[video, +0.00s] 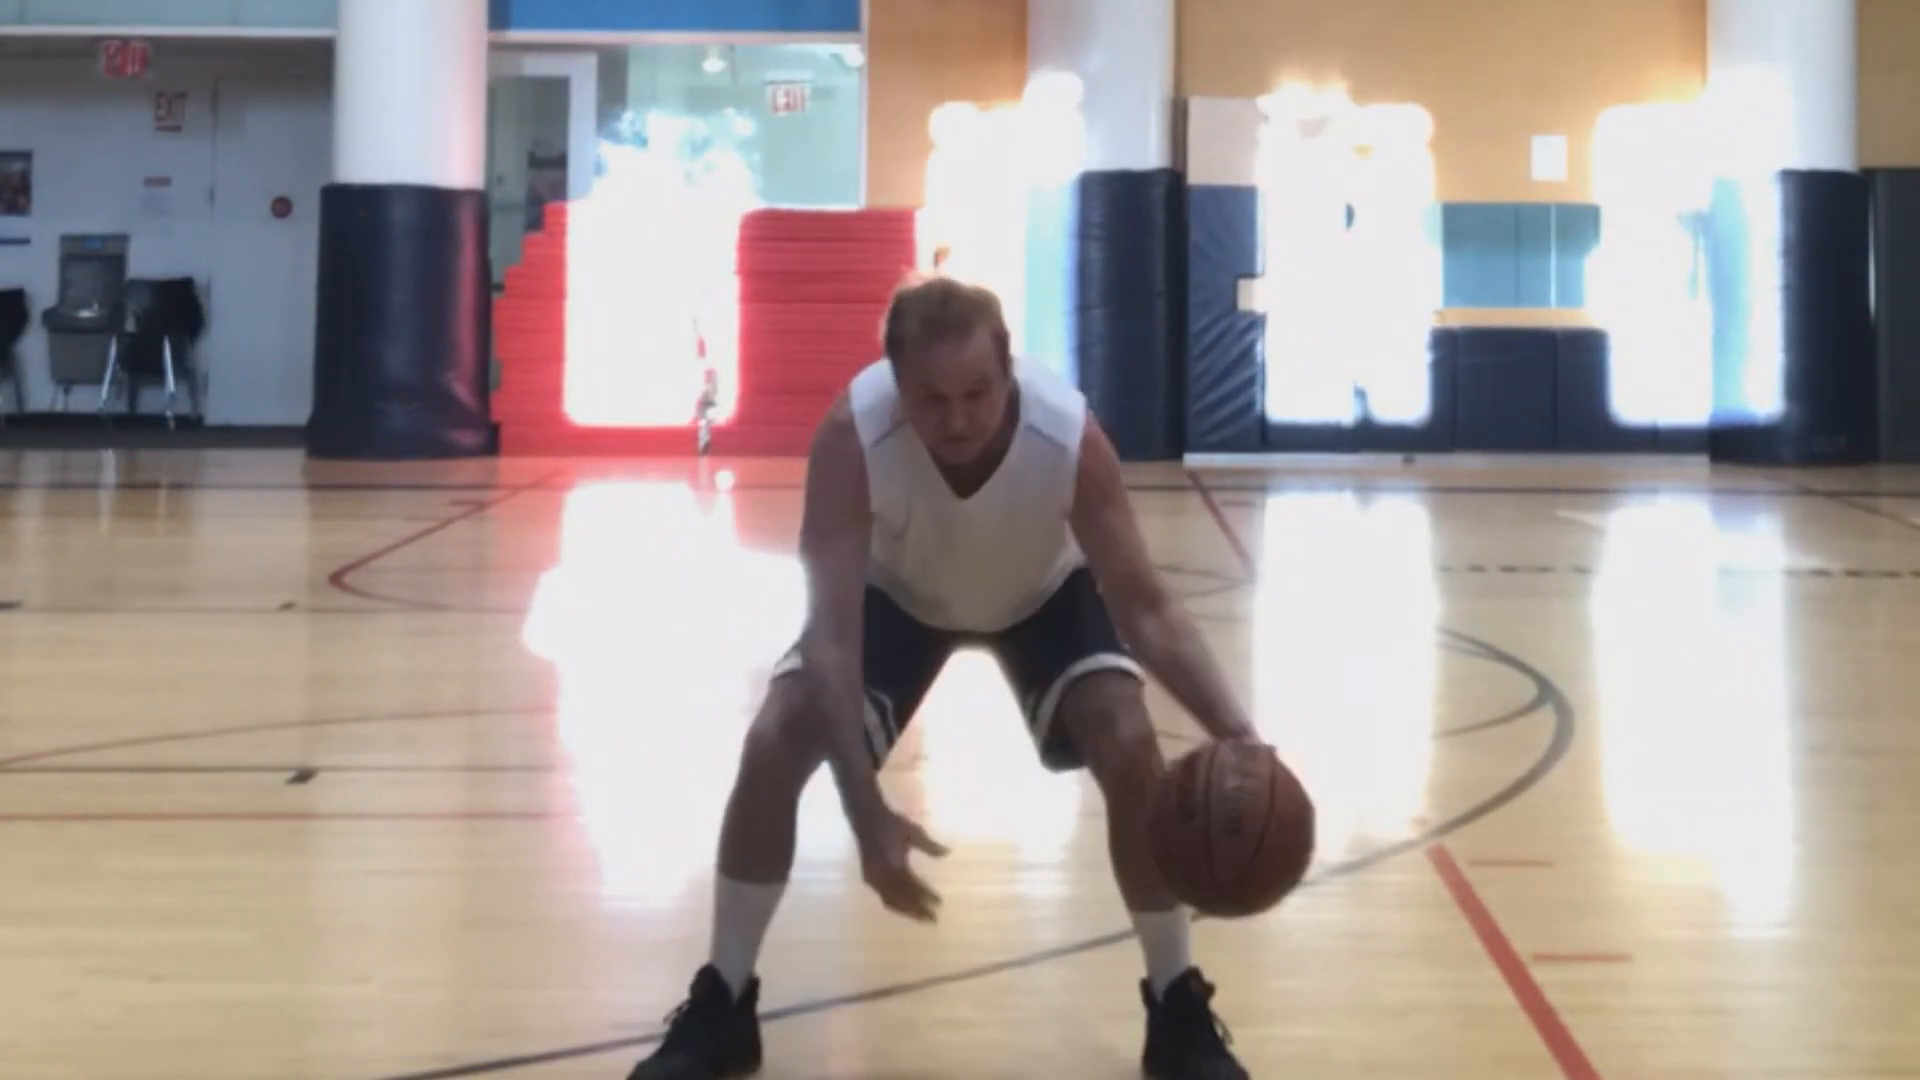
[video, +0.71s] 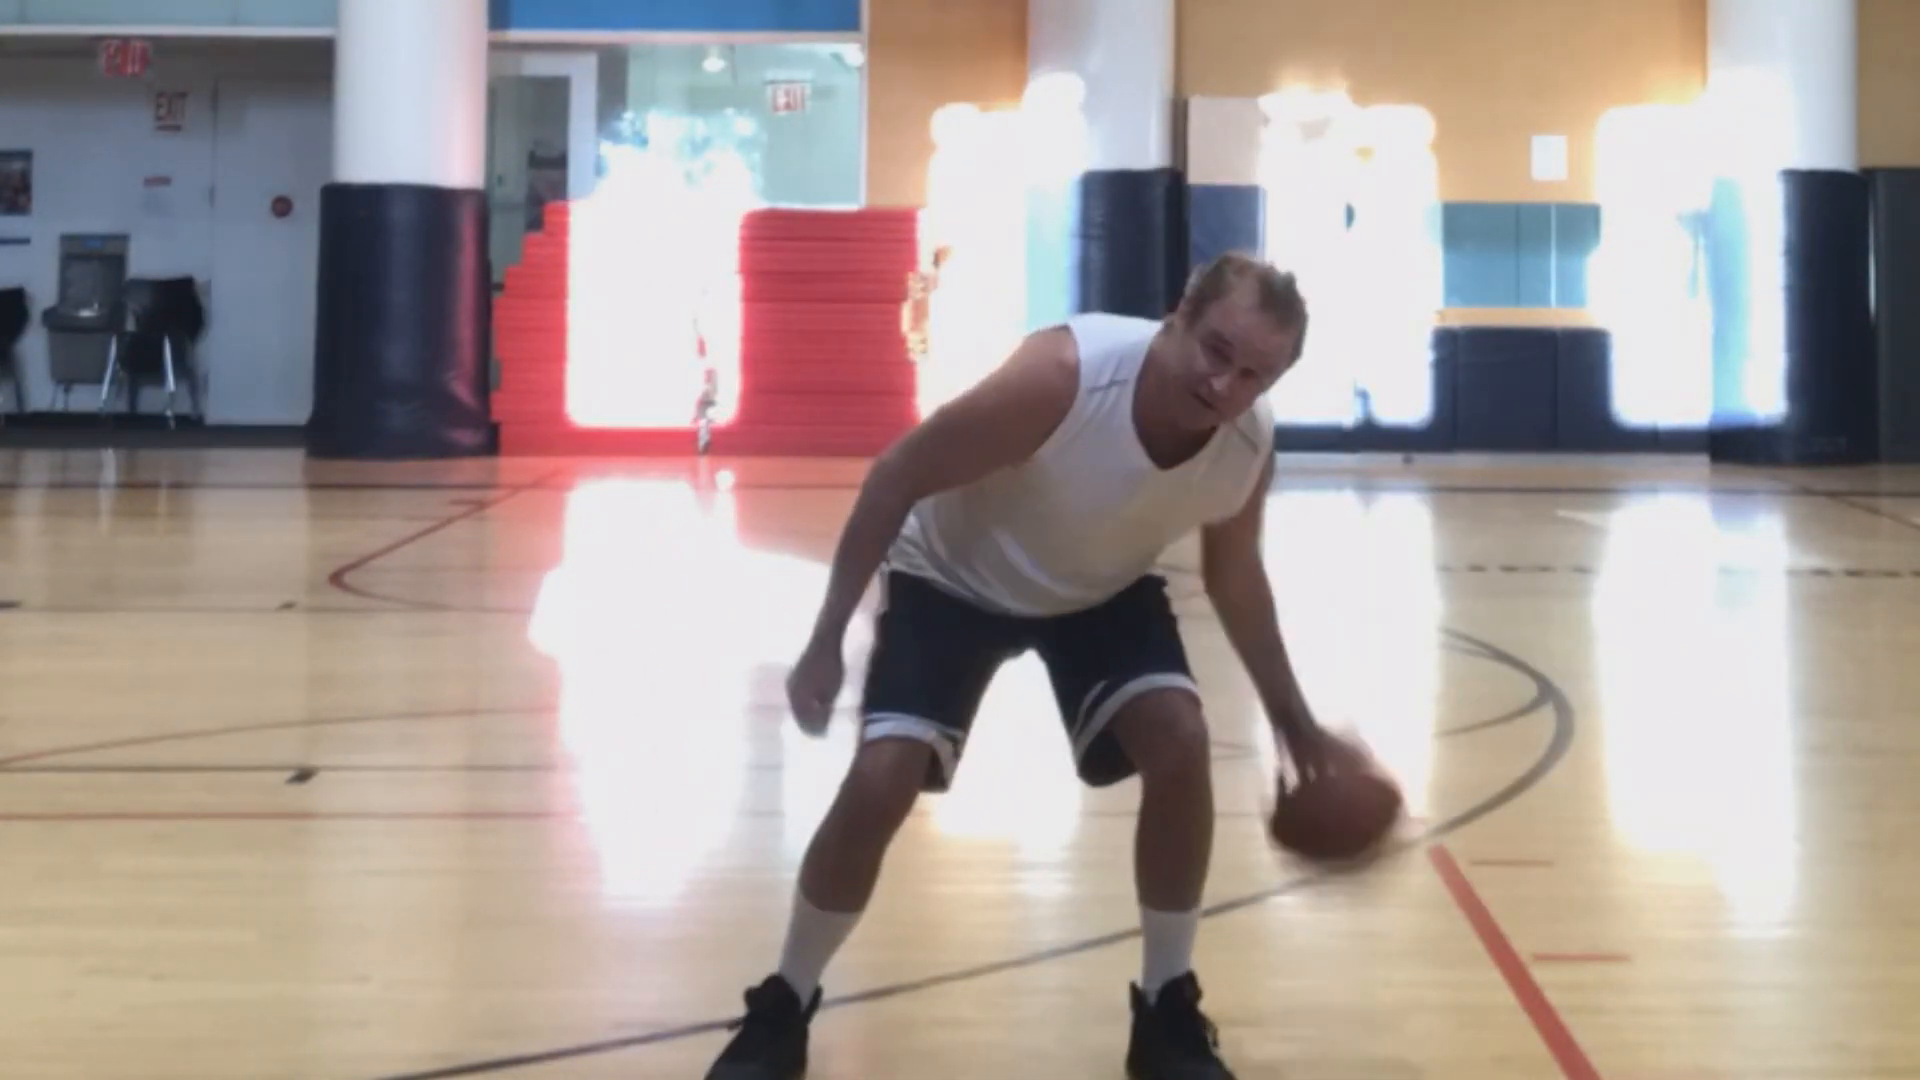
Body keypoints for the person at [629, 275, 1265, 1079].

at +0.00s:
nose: (958, 420)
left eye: (977, 394)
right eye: (934, 401)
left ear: (1007, 369)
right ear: (899, 385)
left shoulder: (1067, 437)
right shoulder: (851, 441)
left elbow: (1145, 605)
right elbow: (832, 644)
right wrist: (867, 815)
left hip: (1045, 594)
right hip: (900, 595)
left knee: (1127, 743)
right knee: (774, 742)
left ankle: (1179, 1011)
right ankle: (722, 1006)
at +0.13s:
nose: (1354, 406)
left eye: (1364, 395)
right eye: (1358, 391)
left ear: (1315, 361)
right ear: (1317, 366)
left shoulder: (1283, 409)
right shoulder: (1145, 365)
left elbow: (1219, 519)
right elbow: (1004, 522)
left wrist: (1209, 653)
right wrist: (941, 701)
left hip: (1108, 556)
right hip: (978, 550)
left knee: (1191, 713)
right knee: (943, 780)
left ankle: (1175, 1010)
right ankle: (834, 991)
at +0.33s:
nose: (1184, 85)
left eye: (1201, 65)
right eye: (1165, 68)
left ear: (1229, 69)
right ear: (1137, 75)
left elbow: (1316, 315)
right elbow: (1008, 323)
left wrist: (1378, 383)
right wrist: (976, 456)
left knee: (1231, 674)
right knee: (1156, 692)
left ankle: (1245, 941)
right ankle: (1138, 863)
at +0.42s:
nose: (1005, 332)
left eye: (1026, 310)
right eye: (984, 311)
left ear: (1064, 289)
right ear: (953, 288)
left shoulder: (1118, 363)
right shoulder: (904, 335)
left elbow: (1140, 540)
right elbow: (824, 476)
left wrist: (1086, 680)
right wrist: (771, 588)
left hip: (1069, 556)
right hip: (919, 551)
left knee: (1117, 747)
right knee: (832, 741)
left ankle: (1167, 1005)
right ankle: (764, 1012)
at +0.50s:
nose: (1096, 455)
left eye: (1113, 433)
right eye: (1072, 435)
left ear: (1133, 399)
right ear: (1029, 402)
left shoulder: (1165, 442)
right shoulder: (962, 432)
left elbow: (1183, 635)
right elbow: (926, 650)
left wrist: (1197, 784)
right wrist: (987, 741)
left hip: (1092, 585)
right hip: (943, 587)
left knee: (1148, 755)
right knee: (850, 758)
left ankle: (1171, 1009)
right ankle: (759, 1010)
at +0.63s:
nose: (1230, 381)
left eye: (1257, 365)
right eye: (1217, 350)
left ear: (1276, 366)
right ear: (1171, 320)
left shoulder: (1255, 456)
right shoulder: (1061, 373)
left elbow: (1278, 610)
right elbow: (908, 502)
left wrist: (1343, 770)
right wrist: (840, 664)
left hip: (1123, 585)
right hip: (971, 572)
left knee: (1185, 749)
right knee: (892, 772)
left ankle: (1168, 1016)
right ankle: (786, 1012)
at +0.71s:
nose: (1225, 382)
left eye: (1253, 375)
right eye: (1217, 350)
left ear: (1272, 380)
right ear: (1179, 318)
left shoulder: (1244, 447)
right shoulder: (1062, 375)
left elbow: (1236, 575)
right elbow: (895, 476)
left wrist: (1296, 725)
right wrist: (825, 640)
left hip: (1105, 587)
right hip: (955, 572)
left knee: (1178, 746)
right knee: (884, 778)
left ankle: (1167, 1015)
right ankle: (780, 1014)